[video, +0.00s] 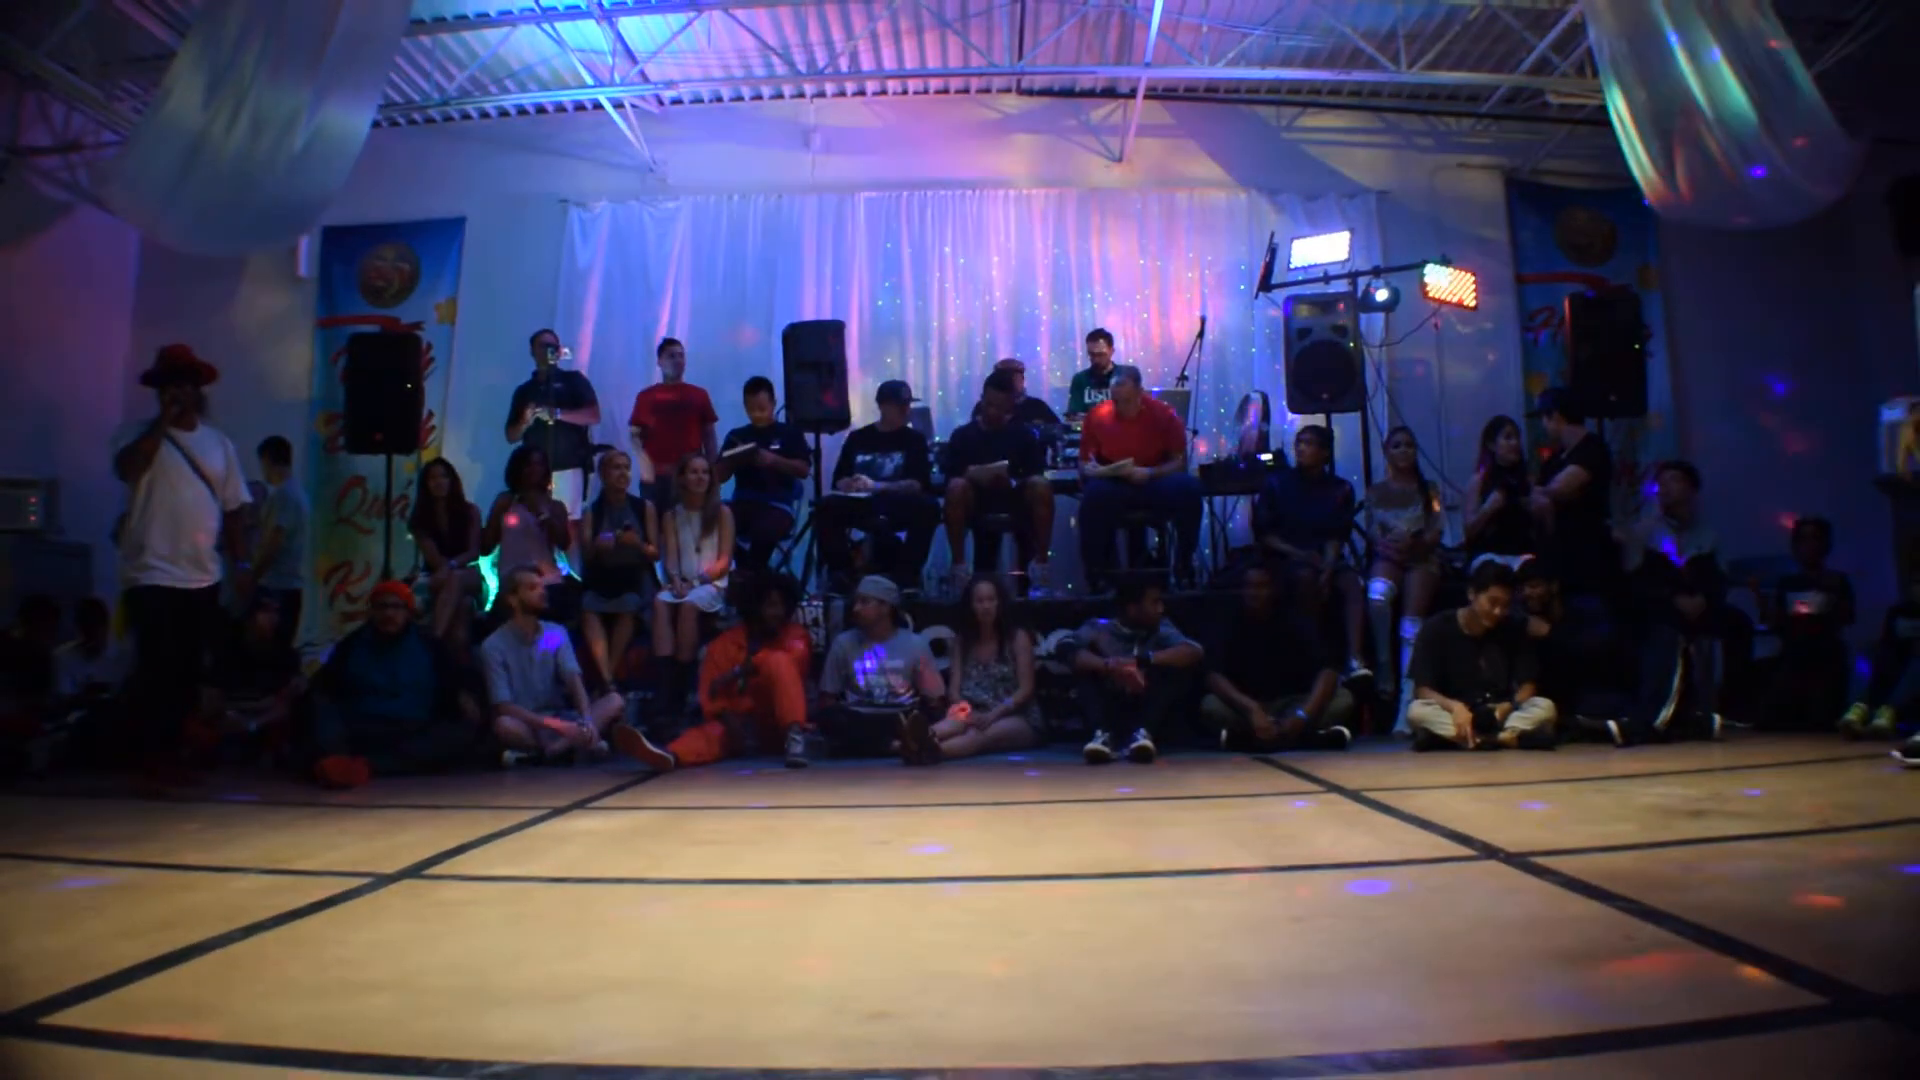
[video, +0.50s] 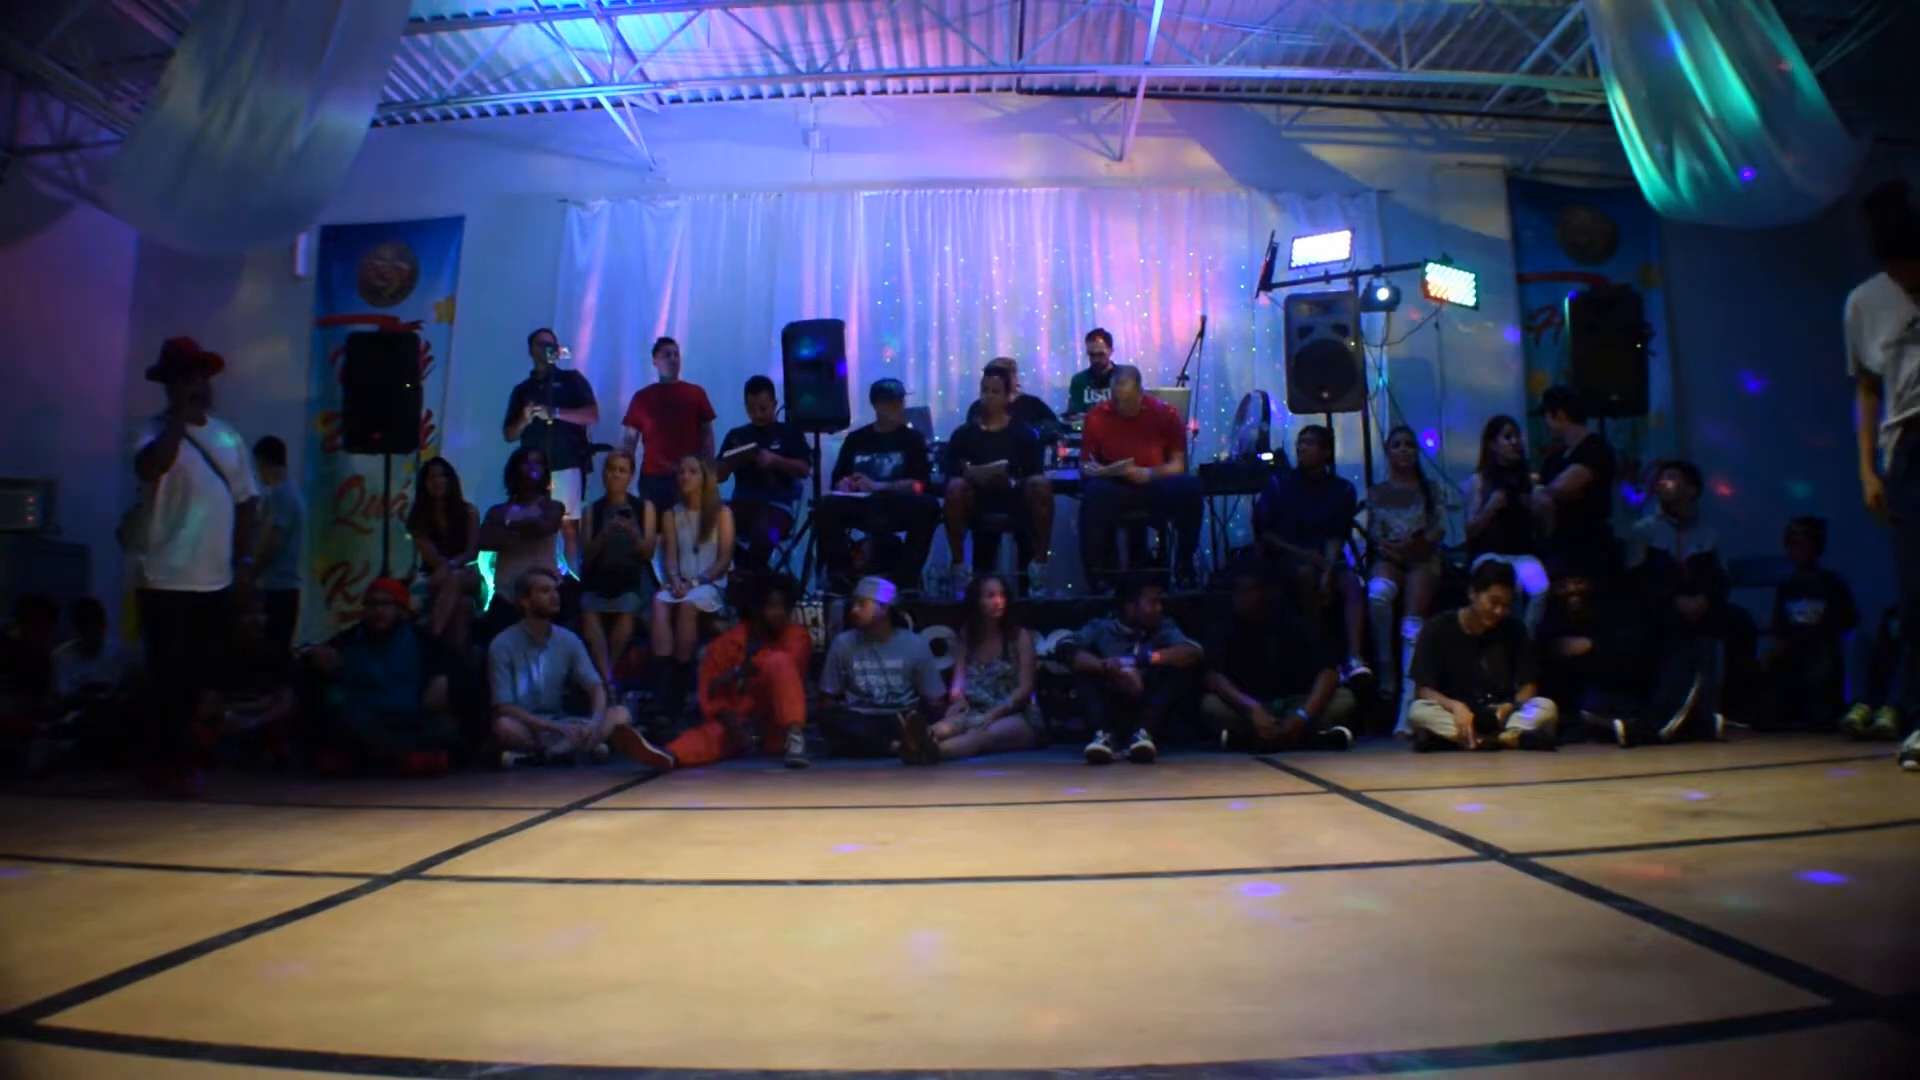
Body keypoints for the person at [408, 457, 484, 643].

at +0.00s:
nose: (439, 482)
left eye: (444, 476)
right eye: (433, 478)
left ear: (452, 480)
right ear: (425, 484)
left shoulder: (470, 511)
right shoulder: (421, 514)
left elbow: (474, 551)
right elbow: (430, 555)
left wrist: (450, 565)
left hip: (468, 571)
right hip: (436, 574)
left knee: (454, 579)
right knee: (464, 602)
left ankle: (435, 638)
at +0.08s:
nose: (439, 482)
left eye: (444, 477)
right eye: (433, 478)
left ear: (453, 480)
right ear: (426, 484)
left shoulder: (470, 511)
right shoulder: (422, 513)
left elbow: (474, 551)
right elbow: (429, 552)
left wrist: (451, 565)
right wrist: (448, 568)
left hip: (467, 571)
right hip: (436, 573)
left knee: (453, 580)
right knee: (464, 601)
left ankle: (436, 635)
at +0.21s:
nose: (438, 482)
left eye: (443, 476)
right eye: (433, 477)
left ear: (452, 480)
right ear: (425, 483)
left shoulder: (469, 511)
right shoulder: (420, 514)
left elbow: (473, 551)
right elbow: (428, 552)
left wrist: (449, 566)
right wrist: (448, 569)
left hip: (467, 571)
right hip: (435, 573)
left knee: (452, 579)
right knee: (462, 602)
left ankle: (434, 635)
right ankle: (457, 658)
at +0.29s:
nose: (438, 482)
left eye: (443, 476)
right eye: (432, 477)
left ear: (451, 480)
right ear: (424, 483)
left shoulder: (468, 511)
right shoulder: (419, 515)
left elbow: (473, 551)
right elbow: (427, 553)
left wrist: (450, 565)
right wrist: (447, 568)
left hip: (466, 571)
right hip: (435, 574)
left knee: (452, 579)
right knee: (463, 603)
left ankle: (434, 634)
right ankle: (457, 659)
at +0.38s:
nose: (438, 482)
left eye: (443, 476)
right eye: (432, 477)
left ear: (451, 480)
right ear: (424, 483)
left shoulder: (468, 511)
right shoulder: (419, 514)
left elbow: (473, 551)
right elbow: (427, 553)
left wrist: (450, 565)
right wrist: (447, 568)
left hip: (467, 571)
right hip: (435, 574)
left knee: (452, 578)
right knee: (464, 603)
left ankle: (434, 634)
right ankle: (456, 660)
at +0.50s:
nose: (437, 482)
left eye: (442, 476)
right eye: (432, 477)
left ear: (451, 480)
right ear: (424, 483)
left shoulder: (468, 512)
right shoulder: (419, 514)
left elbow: (472, 551)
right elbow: (428, 553)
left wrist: (449, 565)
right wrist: (451, 569)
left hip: (466, 571)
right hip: (434, 574)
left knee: (453, 578)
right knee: (463, 603)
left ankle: (433, 635)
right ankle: (456, 658)